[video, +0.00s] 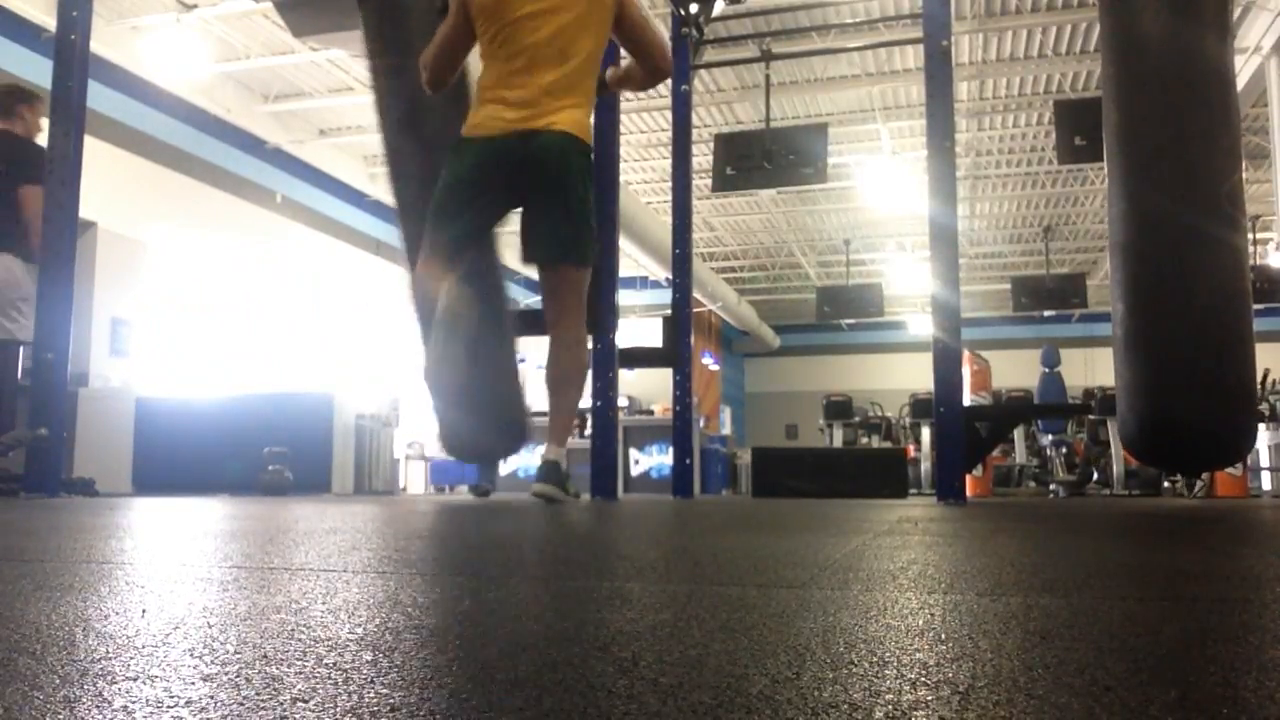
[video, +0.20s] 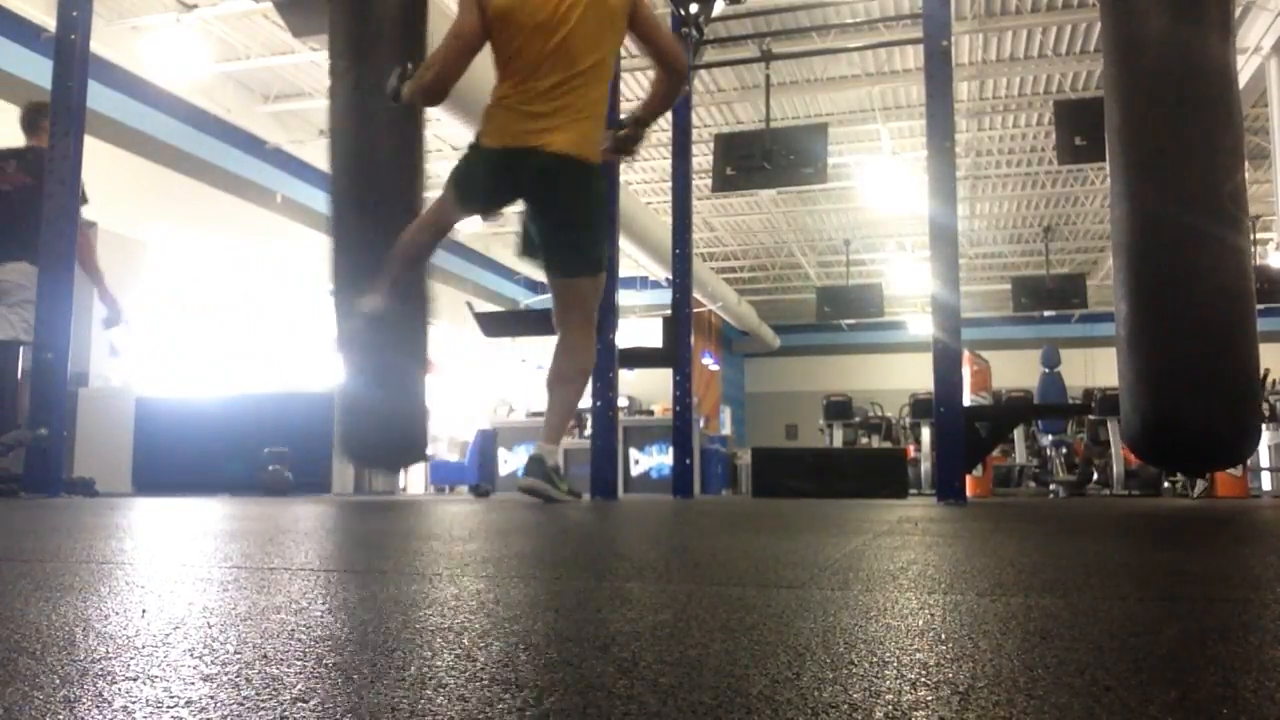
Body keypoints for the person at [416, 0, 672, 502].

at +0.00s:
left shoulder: (481, 2)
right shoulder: (605, 2)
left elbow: (435, 71)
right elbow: (657, 64)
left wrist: (441, 72)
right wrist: (610, 81)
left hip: (485, 142)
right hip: (563, 144)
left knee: (433, 273)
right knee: (567, 314)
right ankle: (554, 459)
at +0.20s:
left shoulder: (490, 2)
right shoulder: (619, 3)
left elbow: (433, 88)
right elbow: (676, 68)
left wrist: (405, 89)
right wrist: (634, 127)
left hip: (500, 149)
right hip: (577, 162)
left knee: (438, 216)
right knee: (577, 324)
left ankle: (381, 293)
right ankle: (546, 457)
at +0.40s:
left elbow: (466, 62)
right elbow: (701, 25)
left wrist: (459, 58)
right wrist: (677, 107)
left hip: (521, 114)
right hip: (598, 122)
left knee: (435, 245)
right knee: (594, 297)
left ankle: (393, 376)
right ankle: (587, 440)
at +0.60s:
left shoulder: (499, 3)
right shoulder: (636, 2)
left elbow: (462, 85)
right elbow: (689, 77)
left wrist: (528, 103)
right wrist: (680, 169)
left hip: (538, 142)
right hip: (614, 143)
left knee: (522, 312)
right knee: (584, 320)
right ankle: (596, 466)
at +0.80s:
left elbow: (467, 25)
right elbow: (700, 4)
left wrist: (530, 76)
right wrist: (683, 91)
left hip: (555, 75)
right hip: (641, 75)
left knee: (542, 260)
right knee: (632, 269)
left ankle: (552, 430)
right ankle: (647, 435)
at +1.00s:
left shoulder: (511, 2)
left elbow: (492, 68)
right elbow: (744, 4)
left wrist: (553, 120)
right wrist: (705, 94)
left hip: (567, 101)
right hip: (653, 94)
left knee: (557, 294)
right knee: (689, 299)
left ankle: (601, 438)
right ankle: (754, 419)